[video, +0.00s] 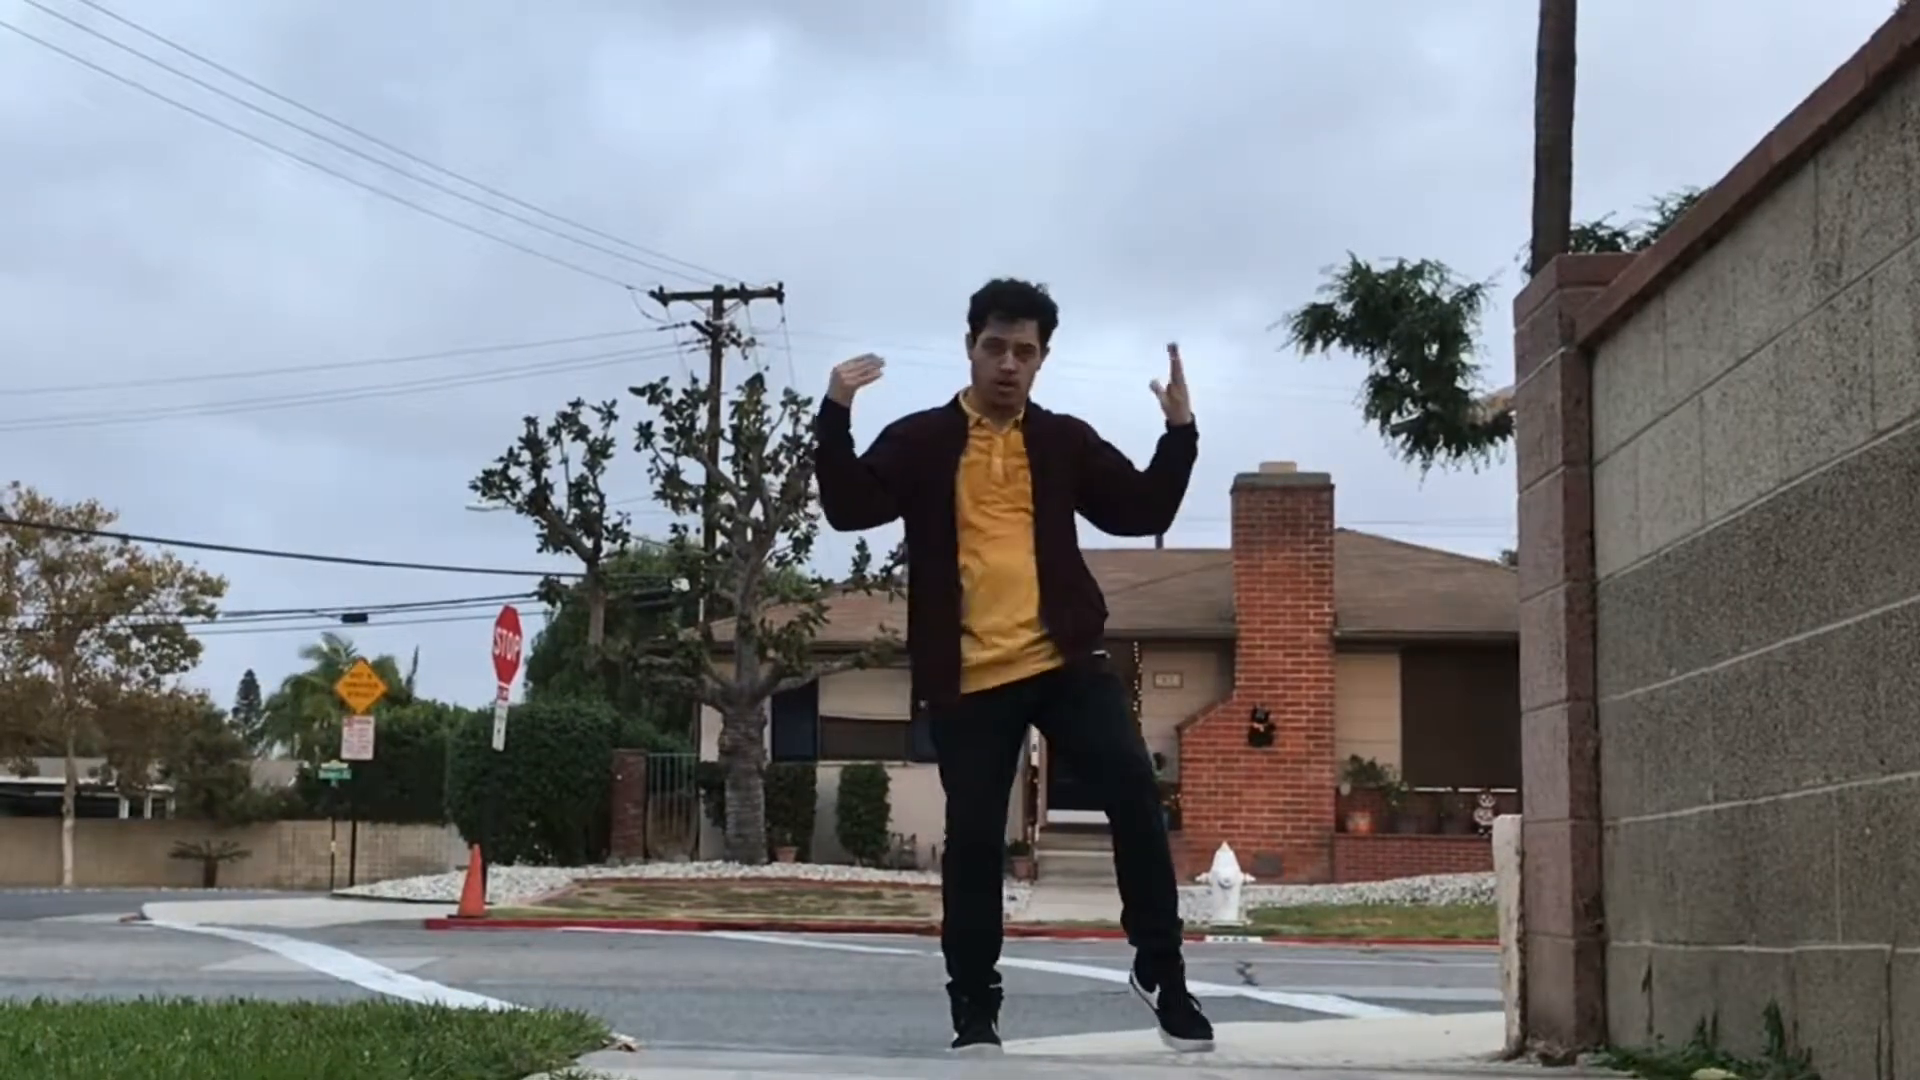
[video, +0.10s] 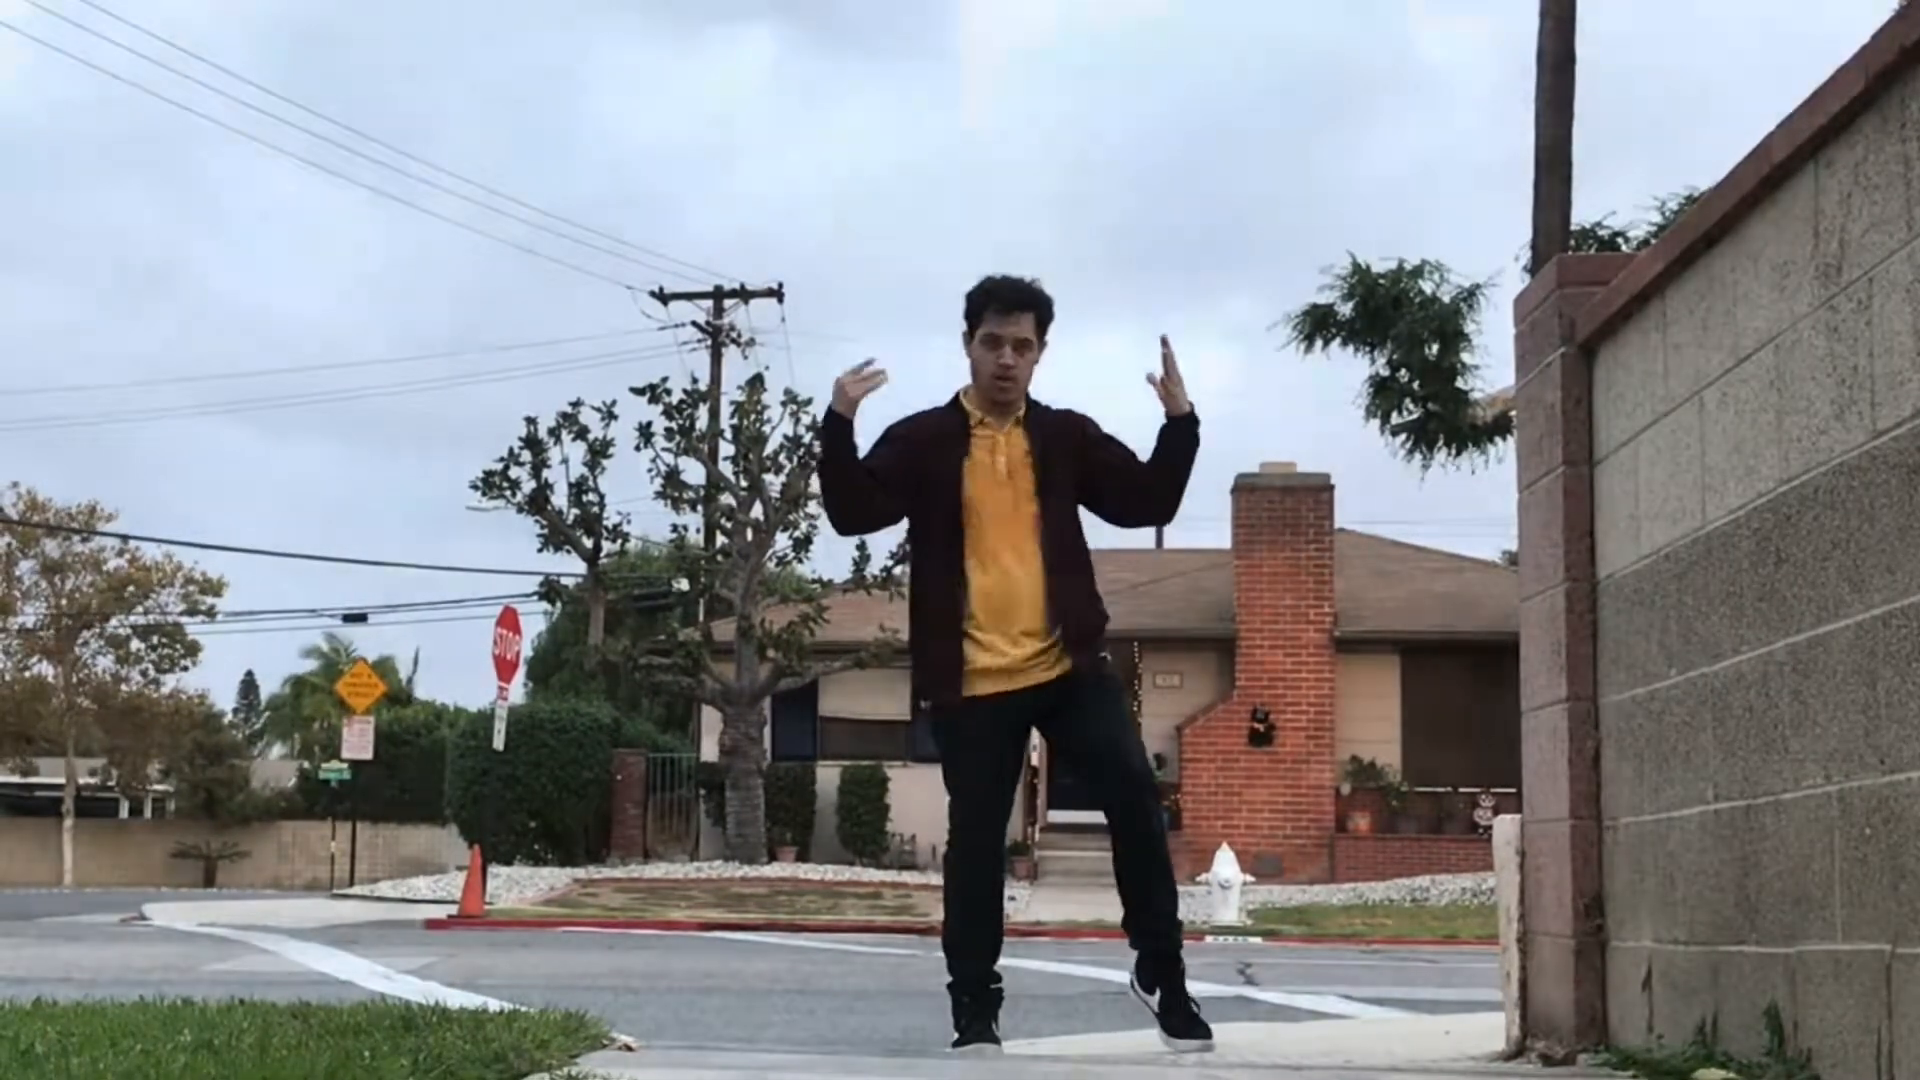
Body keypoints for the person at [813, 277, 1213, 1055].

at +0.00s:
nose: (1010, 364)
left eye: (1025, 352)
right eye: (996, 348)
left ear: (1042, 359)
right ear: (970, 349)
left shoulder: (1064, 440)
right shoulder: (919, 439)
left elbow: (1147, 514)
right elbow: (846, 505)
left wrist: (1179, 433)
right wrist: (834, 408)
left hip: (1066, 664)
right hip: (969, 680)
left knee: (1133, 790)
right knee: (975, 843)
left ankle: (1163, 972)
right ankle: (974, 1009)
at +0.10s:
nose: (1008, 359)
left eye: (1022, 346)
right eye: (994, 344)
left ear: (1040, 353)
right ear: (968, 348)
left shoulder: (1066, 436)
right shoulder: (921, 439)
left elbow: (1151, 502)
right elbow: (851, 511)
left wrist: (1180, 423)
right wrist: (838, 419)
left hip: (1069, 668)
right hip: (973, 682)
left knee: (1132, 791)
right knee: (977, 844)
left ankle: (1164, 974)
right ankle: (974, 1009)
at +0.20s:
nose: (1007, 357)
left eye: (1022, 344)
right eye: (993, 342)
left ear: (1041, 351)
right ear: (968, 346)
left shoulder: (1071, 440)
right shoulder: (918, 447)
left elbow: (1123, 538)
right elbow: (882, 552)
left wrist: (1152, 498)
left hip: (1070, 666)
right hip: (973, 682)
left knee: (1134, 786)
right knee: (976, 838)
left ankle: (1164, 970)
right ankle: (975, 1005)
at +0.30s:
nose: (1008, 356)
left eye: (1023, 344)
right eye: (994, 342)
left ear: (1042, 352)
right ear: (969, 347)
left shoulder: (1072, 443)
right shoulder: (929, 443)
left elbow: (1106, 545)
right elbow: (919, 545)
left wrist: (1068, 566)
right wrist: (941, 624)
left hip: (1067, 672)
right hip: (974, 681)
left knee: (1134, 793)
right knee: (975, 838)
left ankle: (1164, 972)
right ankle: (974, 1005)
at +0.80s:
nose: (976, 338)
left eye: (990, 323)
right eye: (961, 329)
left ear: (1023, 334)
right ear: (950, 348)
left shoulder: (1075, 433)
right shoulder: (921, 430)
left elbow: (1117, 549)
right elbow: (864, 524)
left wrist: (1089, 616)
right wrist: (923, 594)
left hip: (1047, 681)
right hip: (954, 681)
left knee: (1044, 844)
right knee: (961, 847)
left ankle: (1046, 1010)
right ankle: (971, 1013)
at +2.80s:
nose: (945, 349)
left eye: (957, 332)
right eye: (936, 339)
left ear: (1002, 328)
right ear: (934, 350)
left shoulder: (1078, 424)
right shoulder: (919, 447)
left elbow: (1123, 534)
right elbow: (844, 534)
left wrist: (1132, 642)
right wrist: (892, 609)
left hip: (1063, 675)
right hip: (963, 676)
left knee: (1060, 849)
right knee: (940, 833)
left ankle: (1048, 1011)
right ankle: (910, 1006)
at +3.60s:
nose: (1013, 325)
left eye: (1027, 313)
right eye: (999, 314)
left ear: (1054, 330)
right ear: (981, 332)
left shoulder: (1098, 425)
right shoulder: (950, 431)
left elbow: (1127, 527)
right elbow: (930, 535)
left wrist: (1091, 600)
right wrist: (965, 616)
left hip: (1071, 678)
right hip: (981, 679)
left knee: (1065, 850)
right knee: (981, 847)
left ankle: (1053, 1009)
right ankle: (984, 1009)